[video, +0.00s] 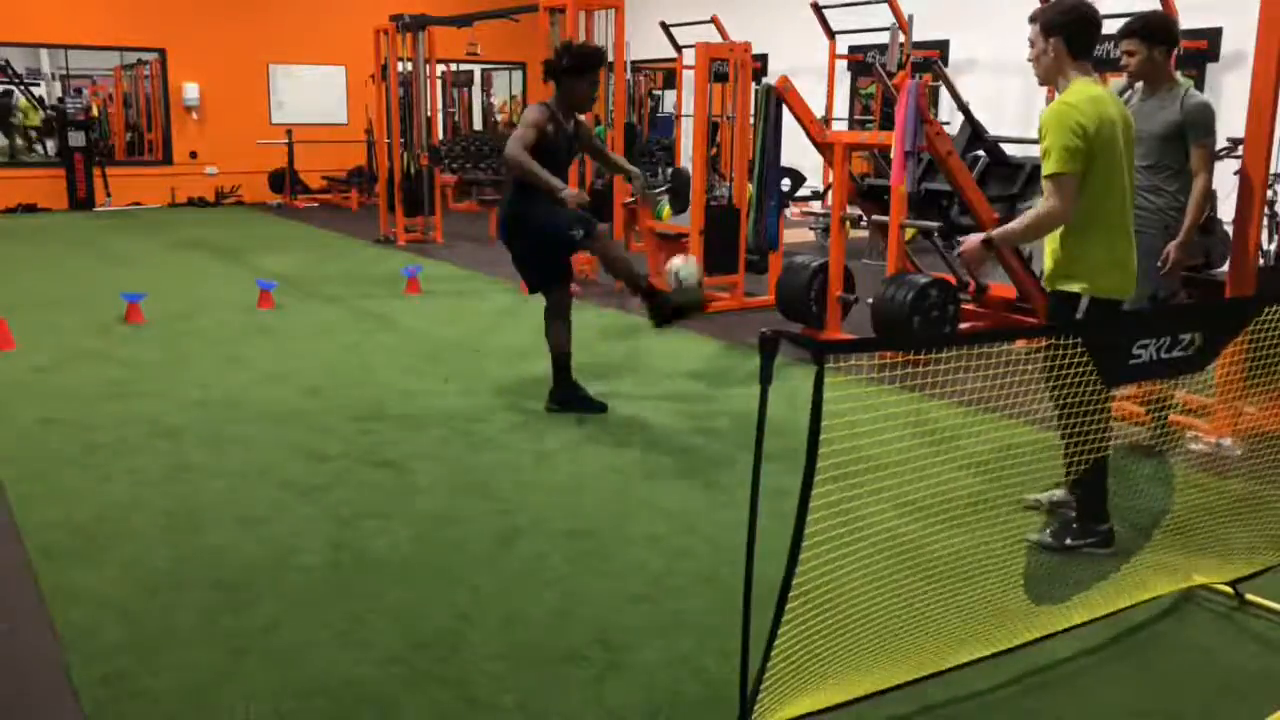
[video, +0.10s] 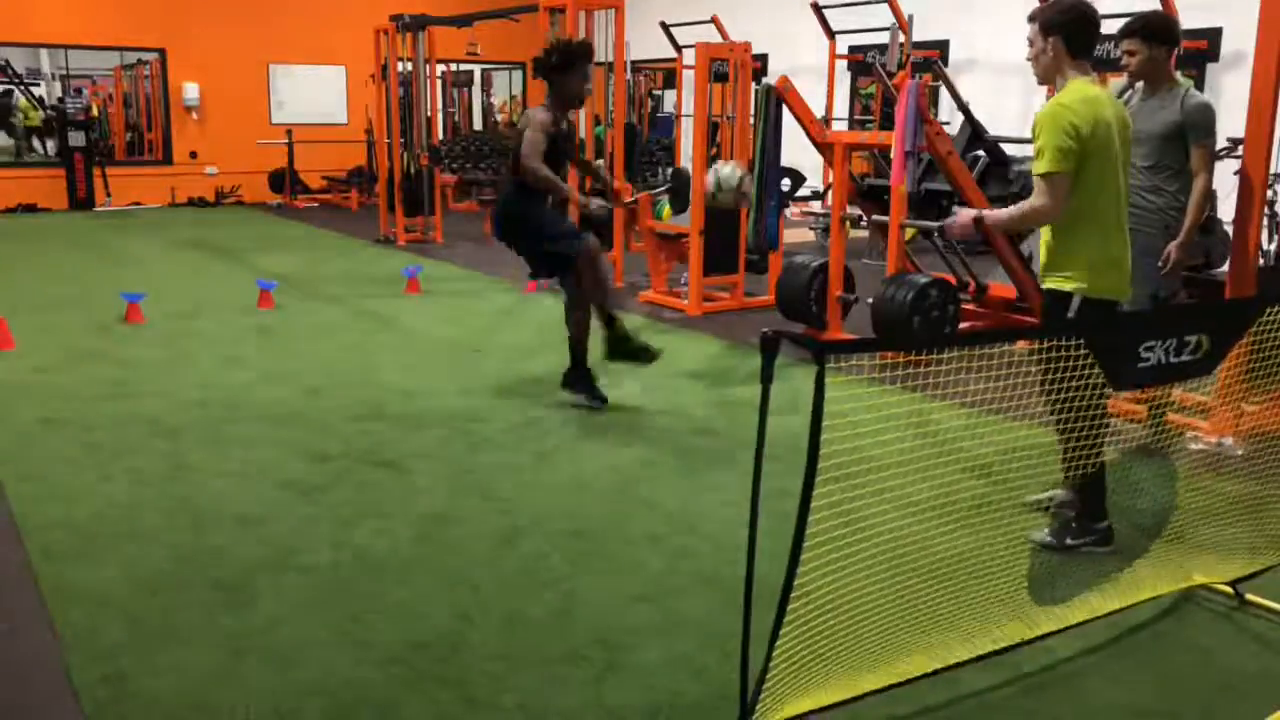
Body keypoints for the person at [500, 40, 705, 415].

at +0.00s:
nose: (596, 91)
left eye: (597, 83)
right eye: (590, 83)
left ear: (580, 85)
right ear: (565, 82)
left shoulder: (577, 127)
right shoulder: (537, 116)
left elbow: (604, 157)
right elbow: (514, 153)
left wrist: (634, 173)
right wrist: (561, 189)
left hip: (541, 215)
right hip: (525, 213)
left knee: (559, 296)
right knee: (599, 237)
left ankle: (563, 386)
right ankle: (655, 300)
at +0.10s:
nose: (587, 89)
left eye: (588, 81)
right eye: (582, 80)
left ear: (568, 82)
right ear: (559, 80)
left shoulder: (560, 121)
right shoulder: (540, 119)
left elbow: (569, 157)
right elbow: (530, 165)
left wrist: (598, 174)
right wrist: (575, 199)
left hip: (538, 214)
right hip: (520, 216)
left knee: (577, 285)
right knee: (587, 248)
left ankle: (578, 372)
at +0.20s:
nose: (570, 95)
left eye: (571, 88)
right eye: (562, 88)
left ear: (570, 92)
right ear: (540, 95)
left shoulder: (555, 138)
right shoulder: (534, 137)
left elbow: (550, 193)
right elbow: (533, 194)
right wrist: (575, 227)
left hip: (551, 235)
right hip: (526, 237)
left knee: (596, 298)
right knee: (563, 301)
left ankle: (626, 369)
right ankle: (515, 365)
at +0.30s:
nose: (529, 124)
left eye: (535, 116)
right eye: (522, 117)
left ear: (545, 123)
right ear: (509, 127)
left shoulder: (552, 169)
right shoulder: (505, 172)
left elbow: (556, 218)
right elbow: (497, 224)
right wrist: (540, 257)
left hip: (558, 260)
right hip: (522, 265)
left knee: (609, 314)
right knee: (532, 342)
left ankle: (636, 376)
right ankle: (472, 352)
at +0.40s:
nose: (451, 126)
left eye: (459, 117)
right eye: (450, 118)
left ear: (484, 120)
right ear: (451, 122)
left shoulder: (510, 163)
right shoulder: (446, 169)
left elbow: (524, 209)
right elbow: (439, 211)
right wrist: (448, 235)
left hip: (515, 259)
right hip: (475, 262)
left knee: (568, 319)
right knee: (471, 329)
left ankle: (627, 371)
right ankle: (487, 375)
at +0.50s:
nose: (385, 123)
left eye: (391, 115)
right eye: (384, 116)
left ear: (414, 118)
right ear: (393, 120)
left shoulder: (450, 160)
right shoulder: (390, 169)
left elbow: (488, 199)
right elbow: (370, 207)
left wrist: (528, 238)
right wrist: (361, 214)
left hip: (467, 252)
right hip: (433, 259)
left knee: (497, 315)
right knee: (424, 320)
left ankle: (561, 362)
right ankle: (478, 370)